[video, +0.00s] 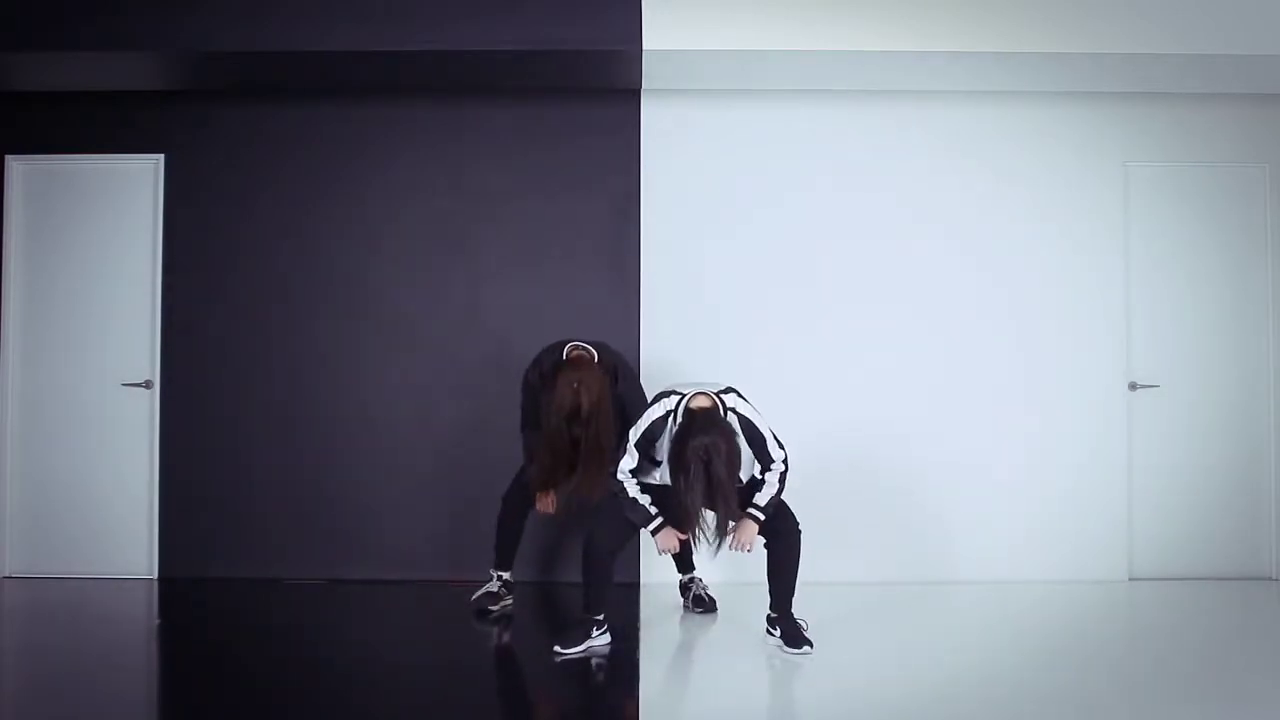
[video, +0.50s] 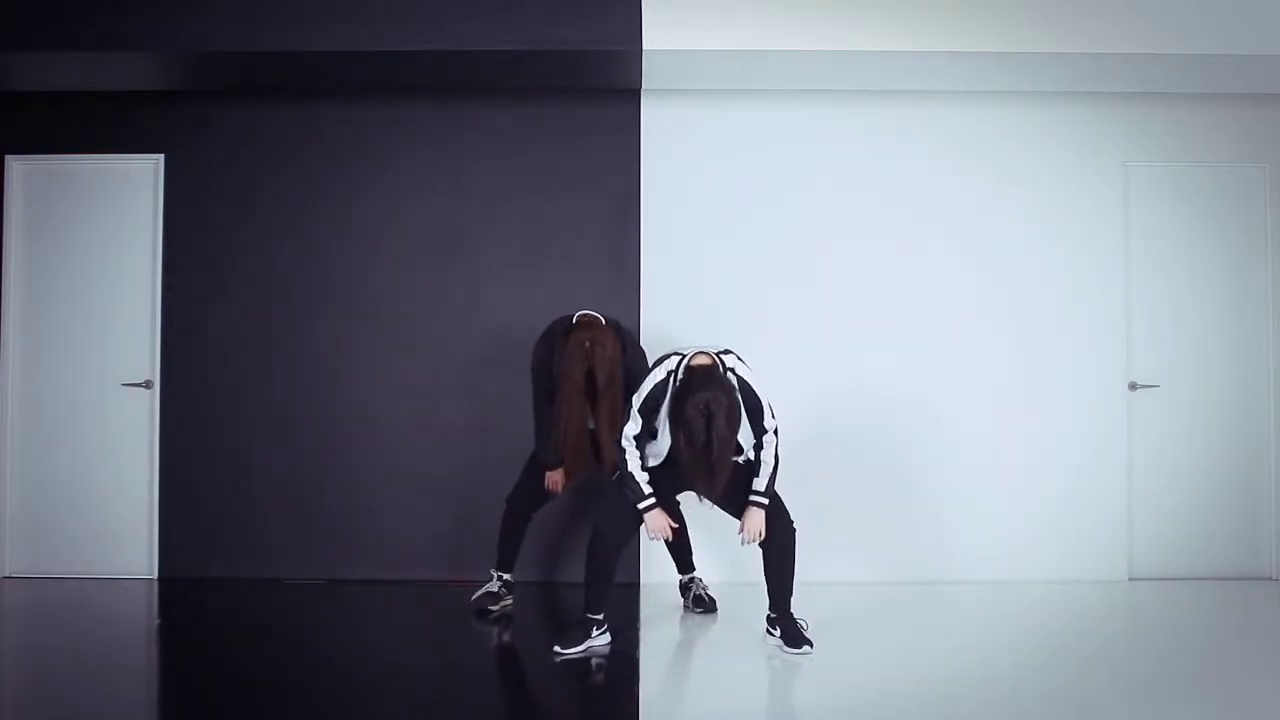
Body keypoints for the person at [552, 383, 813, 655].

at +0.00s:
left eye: (716, 473)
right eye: (702, 473)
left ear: (726, 440)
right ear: (683, 444)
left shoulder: (739, 412)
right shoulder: (661, 414)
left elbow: (778, 461)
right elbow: (623, 473)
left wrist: (753, 516)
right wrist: (657, 526)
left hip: (724, 476)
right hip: (664, 479)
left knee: (785, 528)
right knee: (602, 535)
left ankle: (781, 617)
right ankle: (595, 624)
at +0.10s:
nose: (709, 481)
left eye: (717, 472)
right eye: (702, 473)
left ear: (726, 436)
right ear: (683, 442)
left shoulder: (738, 405)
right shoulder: (662, 409)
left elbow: (775, 458)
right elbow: (623, 470)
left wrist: (754, 516)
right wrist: (656, 524)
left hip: (726, 470)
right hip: (662, 474)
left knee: (784, 527)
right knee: (603, 536)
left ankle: (781, 617)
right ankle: (595, 623)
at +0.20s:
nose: (707, 483)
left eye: (715, 470)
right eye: (700, 471)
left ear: (728, 431)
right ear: (682, 436)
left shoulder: (740, 401)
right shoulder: (660, 405)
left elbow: (773, 453)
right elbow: (625, 466)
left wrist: (756, 515)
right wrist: (654, 522)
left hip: (726, 467)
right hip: (660, 471)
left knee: (783, 527)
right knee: (603, 538)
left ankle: (781, 617)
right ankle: (596, 624)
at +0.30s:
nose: (705, 482)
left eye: (715, 467)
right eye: (699, 469)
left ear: (728, 425)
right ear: (683, 427)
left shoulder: (740, 394)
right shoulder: (661, 396)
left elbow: (772, 446)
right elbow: (625, 458)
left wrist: (756, 513)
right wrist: (652, 518)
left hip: (721, 465)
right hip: (659, 469)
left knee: (782, 525)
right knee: (605, 536)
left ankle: (780, 617)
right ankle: (596, 624)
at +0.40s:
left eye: (715, 458)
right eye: (699, 457)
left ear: (728, 414)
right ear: (683, 415)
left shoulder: (740, 387)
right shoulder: (661, 388)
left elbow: (770, 441)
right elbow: (627, 449)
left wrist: (757, 509)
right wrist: (650, 512)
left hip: (719, 464)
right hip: (660, 466)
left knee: (781, 525)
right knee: (607, 533)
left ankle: (780, 617)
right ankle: (595, 624)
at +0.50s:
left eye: (716, 434)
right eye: (700, 436)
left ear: (727, 400)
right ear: (683, 403)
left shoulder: (739, 379)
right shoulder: (661, 380)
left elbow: (768, 435)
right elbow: (628, 441)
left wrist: (757, 503)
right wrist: (649, 506)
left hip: (721, 463)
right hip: (663, 464)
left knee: (781, 526)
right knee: (609, 529)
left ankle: (780, 616)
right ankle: (596, 623)